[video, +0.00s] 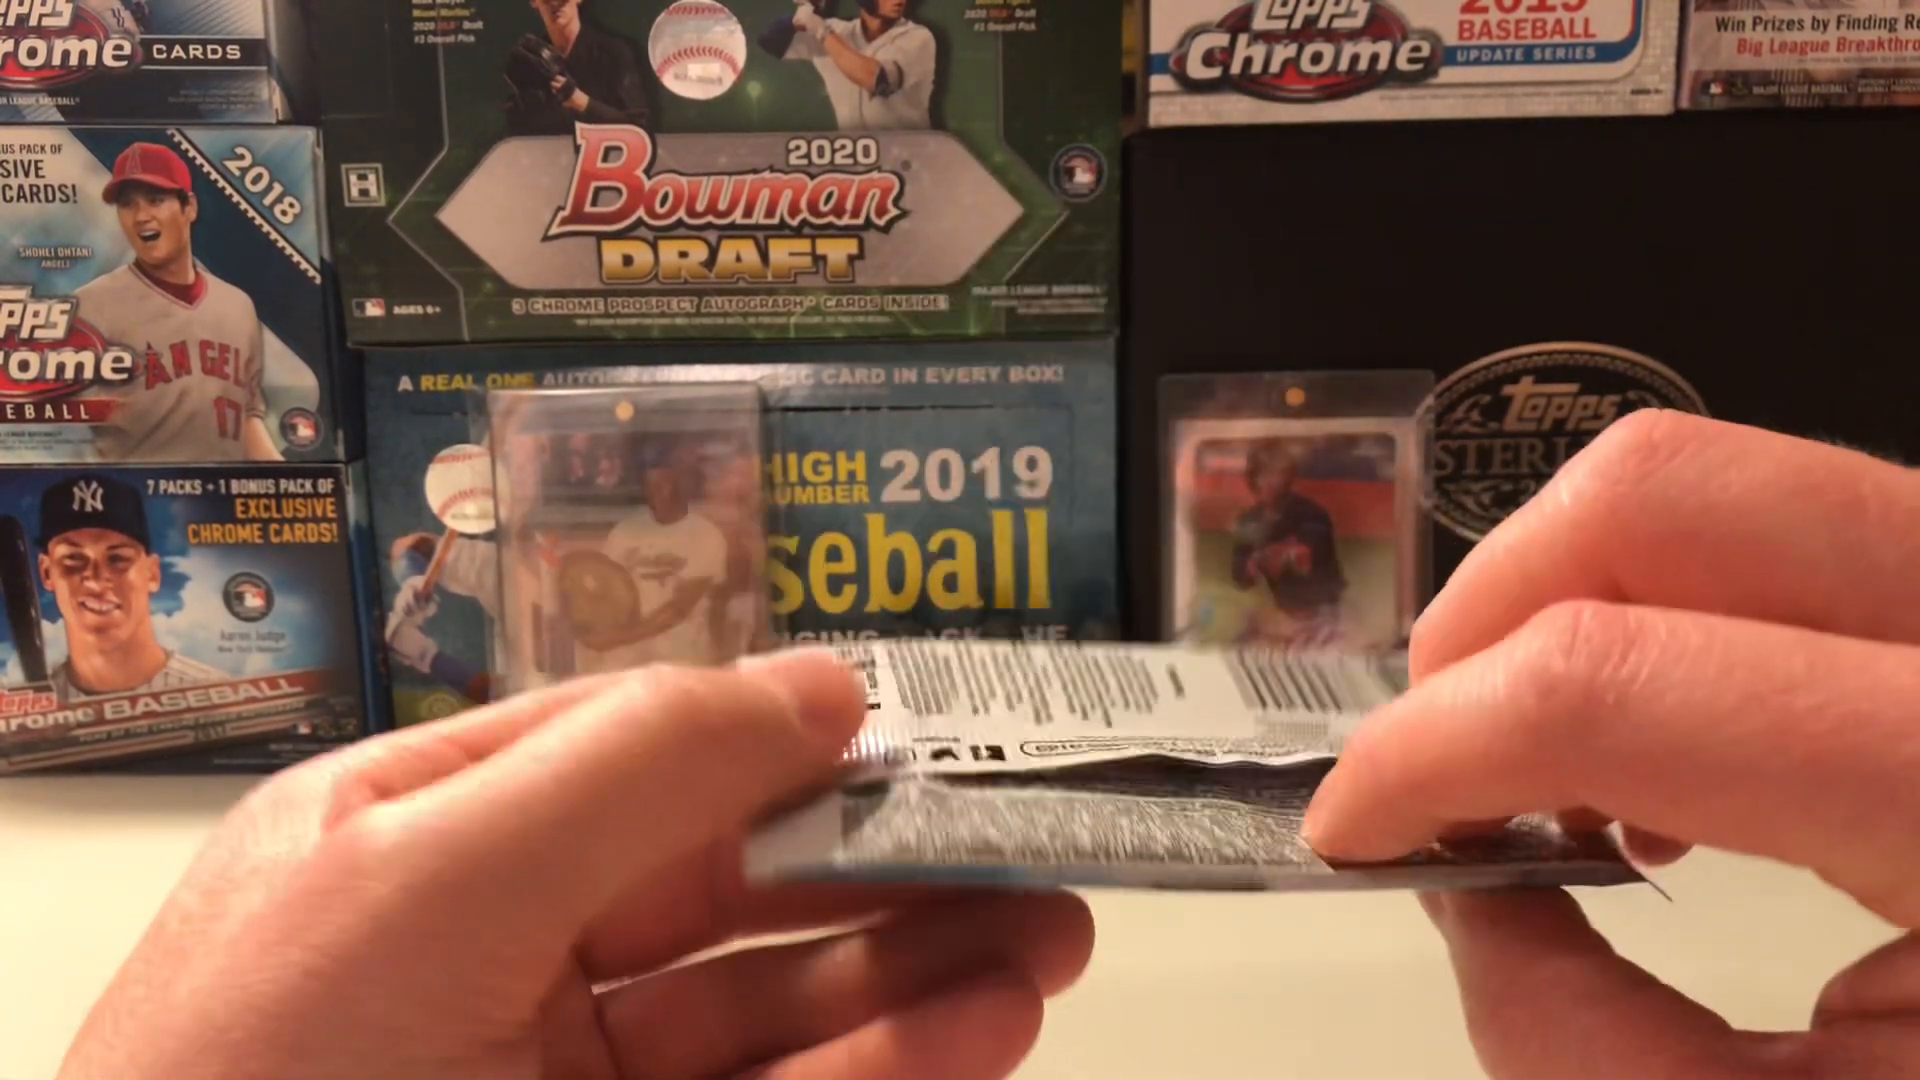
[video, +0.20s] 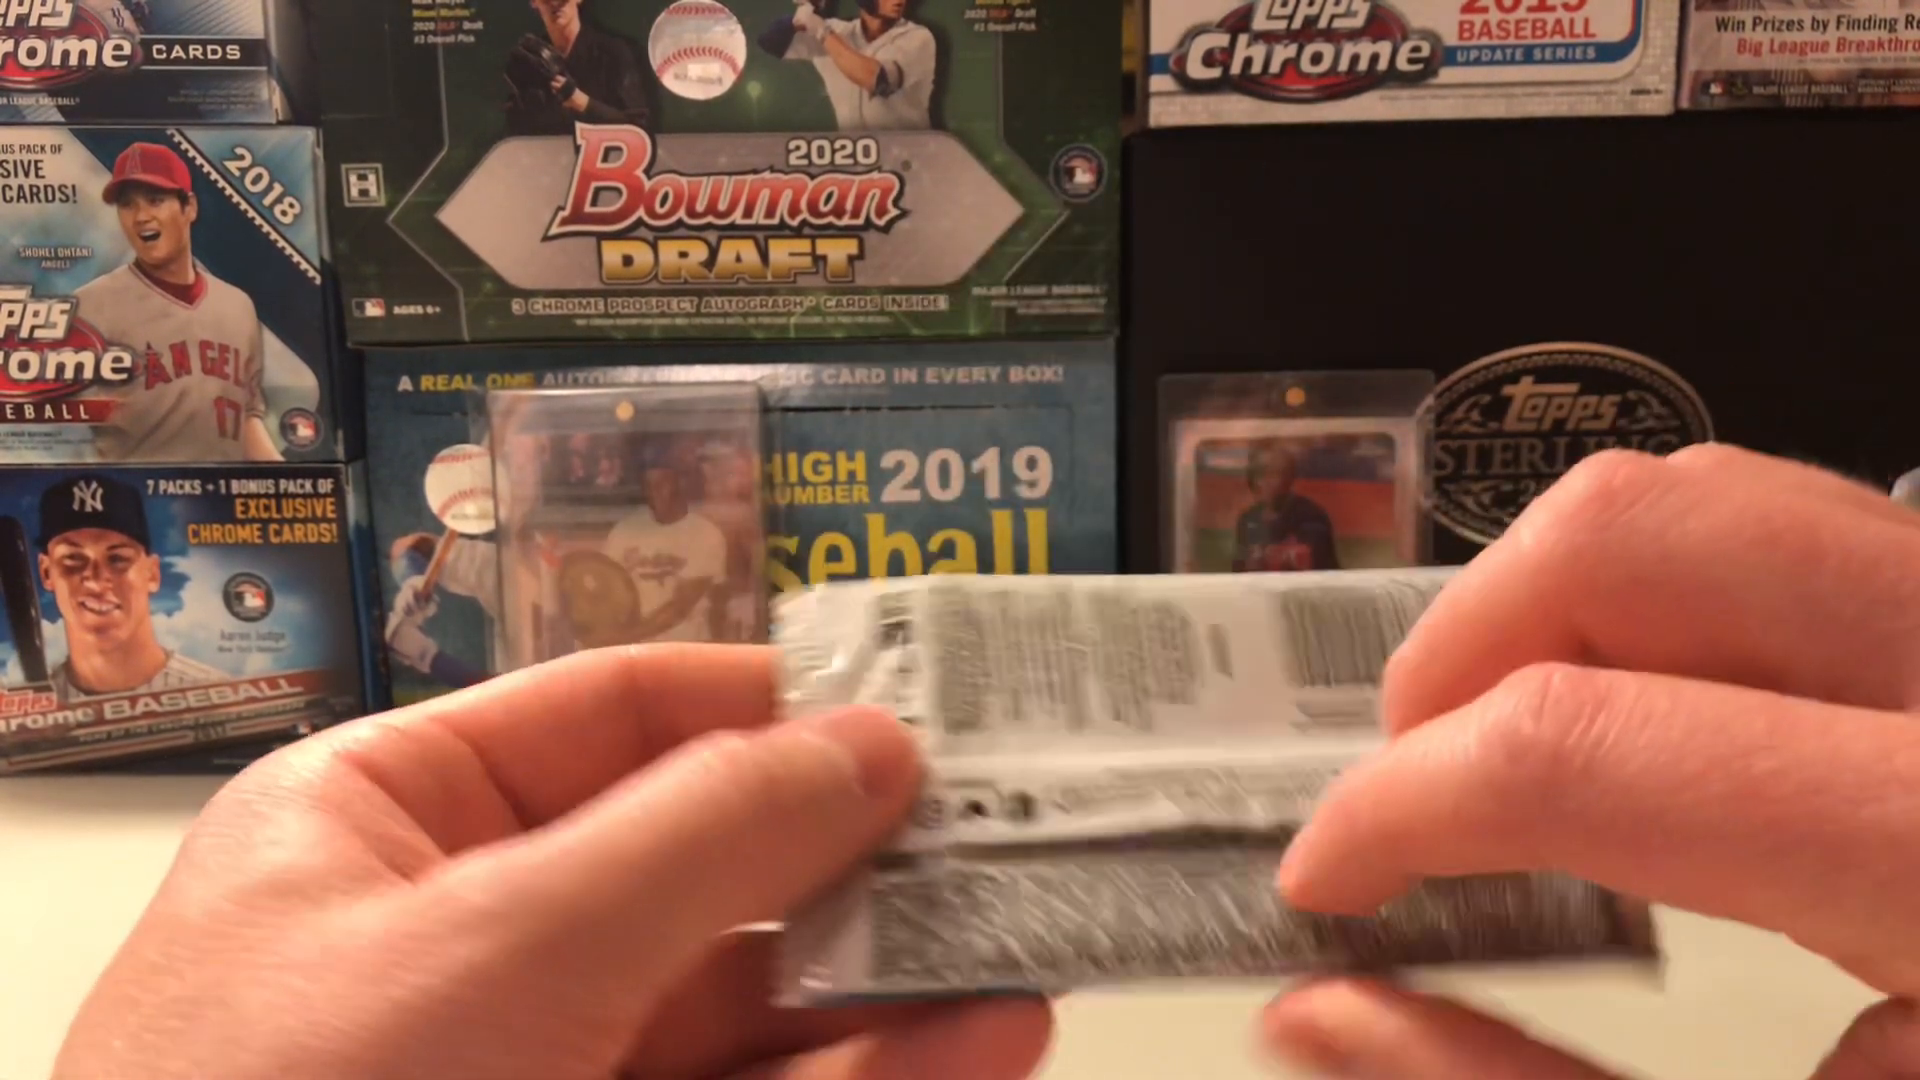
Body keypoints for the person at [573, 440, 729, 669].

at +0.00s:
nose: (659, 493)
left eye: (665, 484)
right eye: (653, 485)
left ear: (680, 486)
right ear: (645, 488)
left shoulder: (707, 536)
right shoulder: (625, 531)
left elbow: (681, 607)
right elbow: (604, 591)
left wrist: (619, 638)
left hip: (685, 661)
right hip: (628, 662)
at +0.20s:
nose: (654, 494)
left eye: (661, 485)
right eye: (649, 486)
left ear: (679, 485)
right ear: (643, 489)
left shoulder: (707, 535)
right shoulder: (623, 532)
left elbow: (681, 606)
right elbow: (604, 590)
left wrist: (631, 635)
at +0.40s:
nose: (655, 493)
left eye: (662, 484)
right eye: (649, 485)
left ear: (681, 485)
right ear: (643, 489)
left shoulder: (706, 535)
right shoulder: (625, 530)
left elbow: (681, 606)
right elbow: (601, 587)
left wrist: (619, 637)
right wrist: (597, 627)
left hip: (682, 653)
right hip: (628, 652)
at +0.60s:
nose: (654, 494)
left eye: (661, 485)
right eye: (649, 485)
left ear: (682, 483)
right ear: (643, 487)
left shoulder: (706, 536)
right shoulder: (626, 529)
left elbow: (680, 607)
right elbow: (602, 586)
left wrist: (618, 636)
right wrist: (591, 624)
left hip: (685, 649)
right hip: (630, 647)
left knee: (675, 703)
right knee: (605, 703)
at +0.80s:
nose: (652, 493)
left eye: (660, 484)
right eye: (648, 485)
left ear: (681, 482)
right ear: (642, 486)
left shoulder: (706, 535)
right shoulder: (625, 530)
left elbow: (680, 608)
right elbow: (603, 588)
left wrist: (616, 637)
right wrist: (590, 626)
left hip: (684, 650)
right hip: (628, 648)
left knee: (675, 698)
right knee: (606, 699)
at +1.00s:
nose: (654, 493)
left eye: (661, 484)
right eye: (648, 485)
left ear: (680, 483)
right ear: (642, 487)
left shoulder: (705, 535)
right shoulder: (625, 530)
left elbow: (680, 607)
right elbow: (604, 589)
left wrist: (618, 636)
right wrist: (593, 626)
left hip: (685, 647)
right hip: (628, 646)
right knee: (602, 704)